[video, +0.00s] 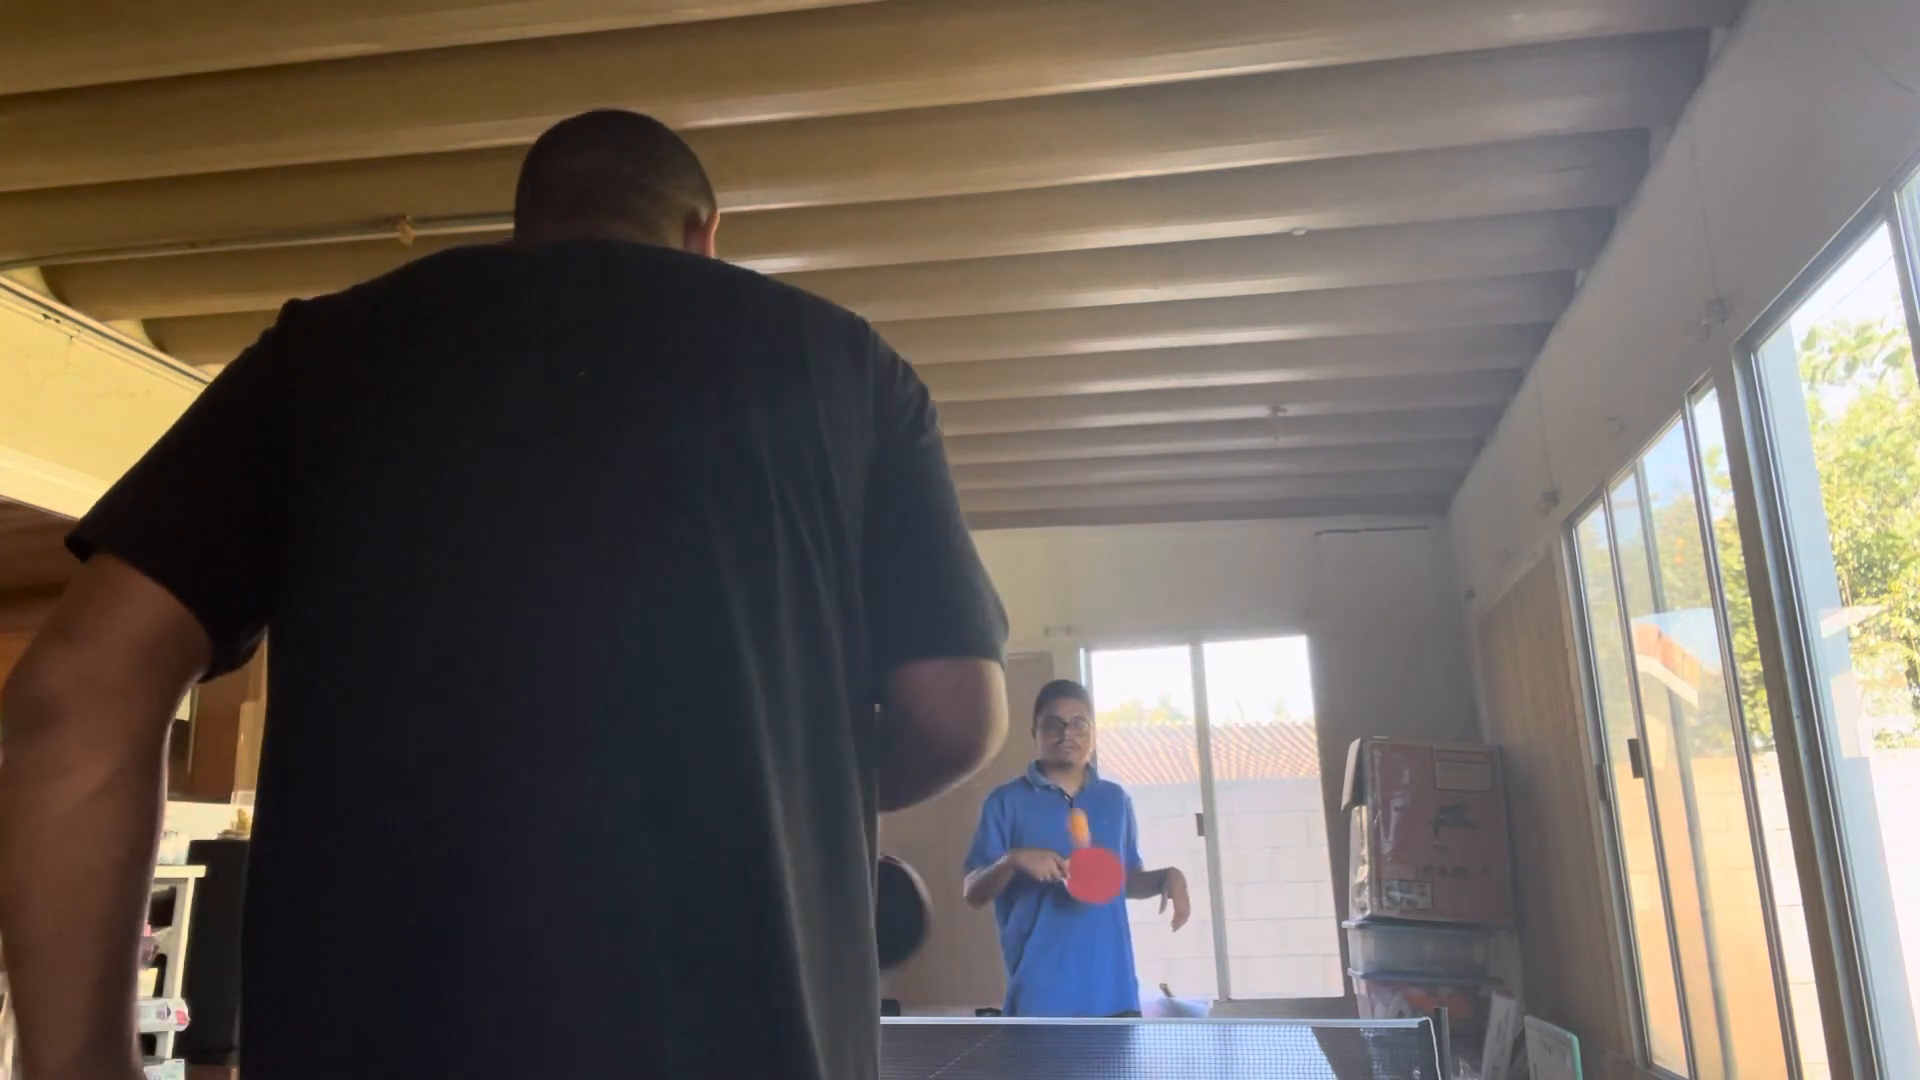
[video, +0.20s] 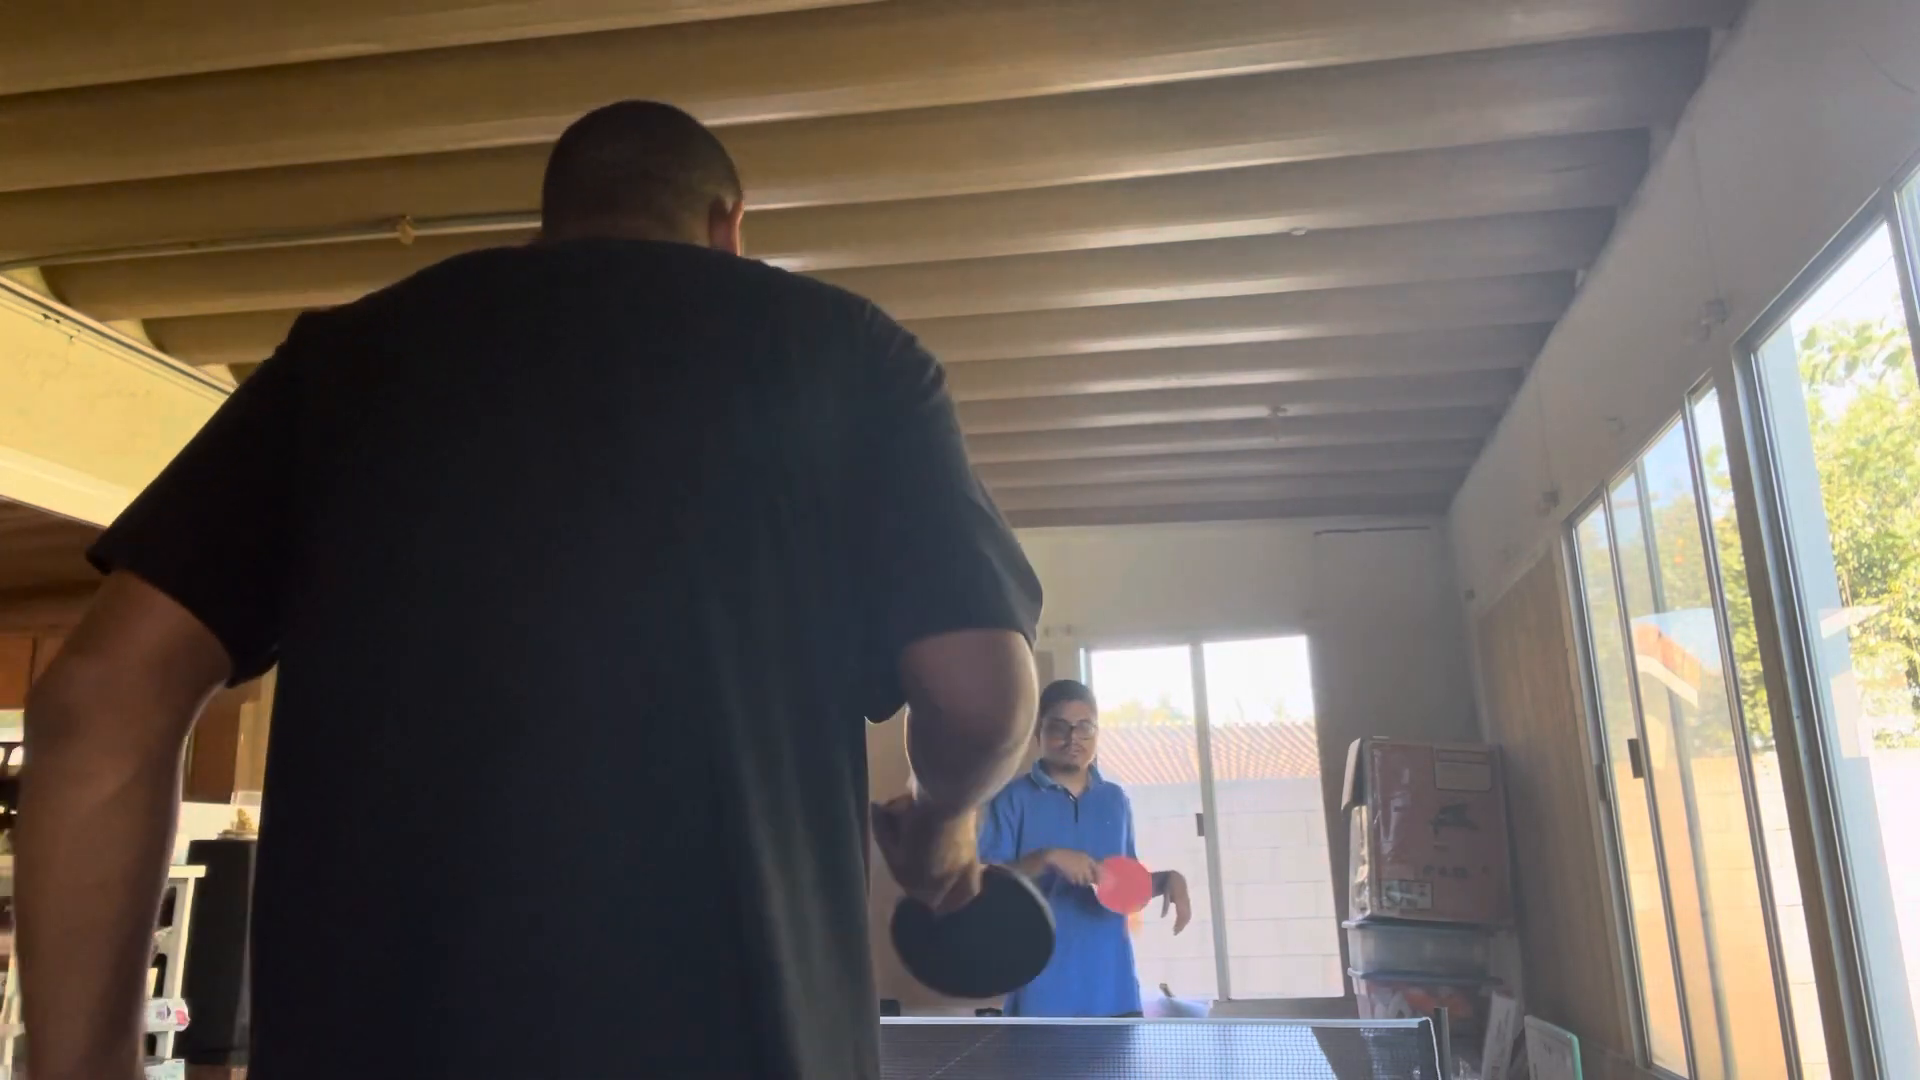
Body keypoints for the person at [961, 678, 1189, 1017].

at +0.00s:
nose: (1067, 734)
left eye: (1078, 724)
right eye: (1054, 724)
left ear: (1093, 733)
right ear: (1036, 732)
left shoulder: (1115, 800)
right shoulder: (1006, 803)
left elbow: (1129, 881)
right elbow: (974, 893)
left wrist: (1168, 877)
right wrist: (1013, 859)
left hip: (1113, 991)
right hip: (1041, 997)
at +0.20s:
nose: (1073, 739)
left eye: (1084, 727)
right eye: (1059, 728)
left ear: (1097, 733)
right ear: (1038, 732)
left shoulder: (1114, 801)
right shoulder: (1012, 801)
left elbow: (1125, 885)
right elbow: (986, 884)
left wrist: (1167, 879)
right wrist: (1046, 858)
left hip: (1112, 993)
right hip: (1041, 998)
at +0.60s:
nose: (1086, 730)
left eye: (1095, 720)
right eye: (1070, 720)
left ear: (1104, 728)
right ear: (1046, 728)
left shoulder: (1107, 792)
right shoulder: (1034, 780)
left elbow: (1110, 884)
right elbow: (1047, 811)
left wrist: (1171, 877)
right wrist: (1140, 803)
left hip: (1114, 987)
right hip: (1048, 993)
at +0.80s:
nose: (1095, 728)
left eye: (1104, 719)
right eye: (1081, 718)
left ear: (1112, 727)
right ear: (1055, 725)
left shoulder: (1109, 789)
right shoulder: (1044, 778)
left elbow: (1107, 889)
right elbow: (1060, 807)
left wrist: (1168, 881)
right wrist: (1130, 781)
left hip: (1121, 989)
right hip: (1064, 992)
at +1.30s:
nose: (1134, 736)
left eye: (1137, 727)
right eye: (1121, 726)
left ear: (1142, 729)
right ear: (1085, 732)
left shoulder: (1131, 796)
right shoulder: (1083, 790)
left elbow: (1136, 888)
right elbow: (1145, 866)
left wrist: (1197, 898)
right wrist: (1251, 894)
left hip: (1122, 984)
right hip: (1079, 987)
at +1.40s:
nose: (1153, 740)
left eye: (1156, 731)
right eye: (1140, 730)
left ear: (1160, 734)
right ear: (1104, 734)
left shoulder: (1123, 790)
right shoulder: (1102, 787)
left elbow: (1126, 885)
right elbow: (1178, 863)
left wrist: (1193, 899)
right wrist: (1280, 878)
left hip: (1112, 987)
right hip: (1081, 991)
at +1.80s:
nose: (1159, 735)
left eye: (1166, 724)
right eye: (1144, 724)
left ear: (1174, 730)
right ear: (1118, 730)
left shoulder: (1163, 792)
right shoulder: (1110, 791)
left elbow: (1167, 894)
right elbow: (1109, 878)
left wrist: (1214, 933)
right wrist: (1182, 873)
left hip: (1179, 986)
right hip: (1133, 993)